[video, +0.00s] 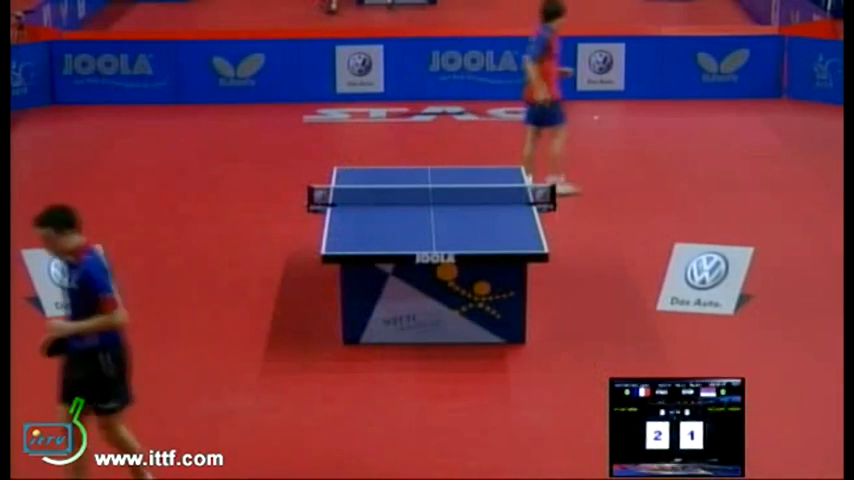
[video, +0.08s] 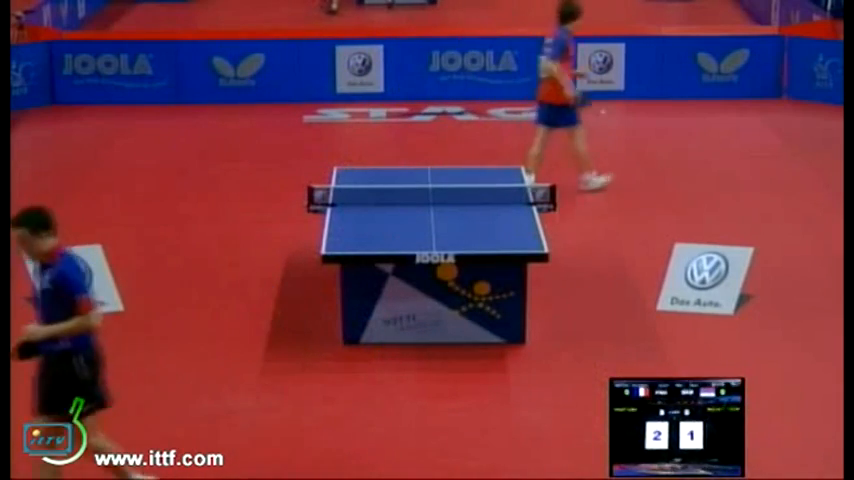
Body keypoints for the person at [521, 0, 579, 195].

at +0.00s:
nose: (563, 22)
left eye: (563, 18)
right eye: (562, 18)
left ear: (547, 16)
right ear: (556, 18)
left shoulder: (551, 37)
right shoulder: (543, 36)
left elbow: (544, 65)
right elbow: (529, 61)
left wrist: (560, 72)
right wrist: (540, 87)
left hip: (537, 97)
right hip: (549, 96)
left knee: (532, 136)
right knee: (559, 134)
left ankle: (526, 177)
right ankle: (556, 178)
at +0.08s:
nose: (579, 21)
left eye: (578, 16)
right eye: (578, 17)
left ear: (562, 15)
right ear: (574, 18)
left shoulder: (557, 36)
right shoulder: (562, 37)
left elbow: (552, 66)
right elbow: (552, 65)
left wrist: (574, 74)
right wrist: (568, 89)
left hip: (547, 96)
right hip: (561, 97)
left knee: (540, 139)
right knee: (577, 134)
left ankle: (529, 176)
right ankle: (587, 175)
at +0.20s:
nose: (603, 26)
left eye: (603, 22)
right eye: (602, 22)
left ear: (585, 20)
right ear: (598, 23)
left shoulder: (575, 40)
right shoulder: (590, 42)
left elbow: (567, 69)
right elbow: (587, 68)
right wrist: (604, 83)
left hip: (570, 98)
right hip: (586, 99)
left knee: (567, 138)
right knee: (602, 134)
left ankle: (540, 169)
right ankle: (608, 176)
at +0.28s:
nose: (617, 27)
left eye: (617, 23)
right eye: (617, 23)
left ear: (599, 22)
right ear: (613, 24)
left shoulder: (586, 42)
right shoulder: (607, 43)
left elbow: (571, 64)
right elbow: (611, 71)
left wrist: (582, 82)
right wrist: (636, 82)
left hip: (583, 98)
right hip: (600, 99)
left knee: (591, 136)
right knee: (616, 133)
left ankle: (565, 158)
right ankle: (610, 176)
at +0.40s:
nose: (632, 16)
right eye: (631, 12)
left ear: (614, 11)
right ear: (630, 14)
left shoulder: (602, 30)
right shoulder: (627, 32)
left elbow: (581, 47)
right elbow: (633, 57)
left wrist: (591, 67)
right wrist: (650, 67)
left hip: (601, 86)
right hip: (618, 87)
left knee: (611, 124)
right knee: (621, 126)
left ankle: (606, 159)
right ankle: (614, 169)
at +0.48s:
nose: (639, 9)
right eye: (638, 6)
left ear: (620, 6)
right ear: (637, 7)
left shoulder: (608, 24)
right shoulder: (637, 25)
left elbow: (590, 42)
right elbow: (645, 51)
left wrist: (601, 59)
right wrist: (656, 63)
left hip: (610, 79)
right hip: (629, 80)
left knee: (622, 119)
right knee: (627, 120)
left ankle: (629, 160)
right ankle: (621, 160)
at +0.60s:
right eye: (648, 7)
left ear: (629, 8)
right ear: (647, 9)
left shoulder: (618, 28)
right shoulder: (650, 28)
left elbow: (609, 52)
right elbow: (658, 53)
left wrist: (617, 71)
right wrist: (666, 73)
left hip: (626, 81)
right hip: (645, 80)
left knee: (639, 119)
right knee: (648, 117)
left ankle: (646, 157)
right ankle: (638, 148)